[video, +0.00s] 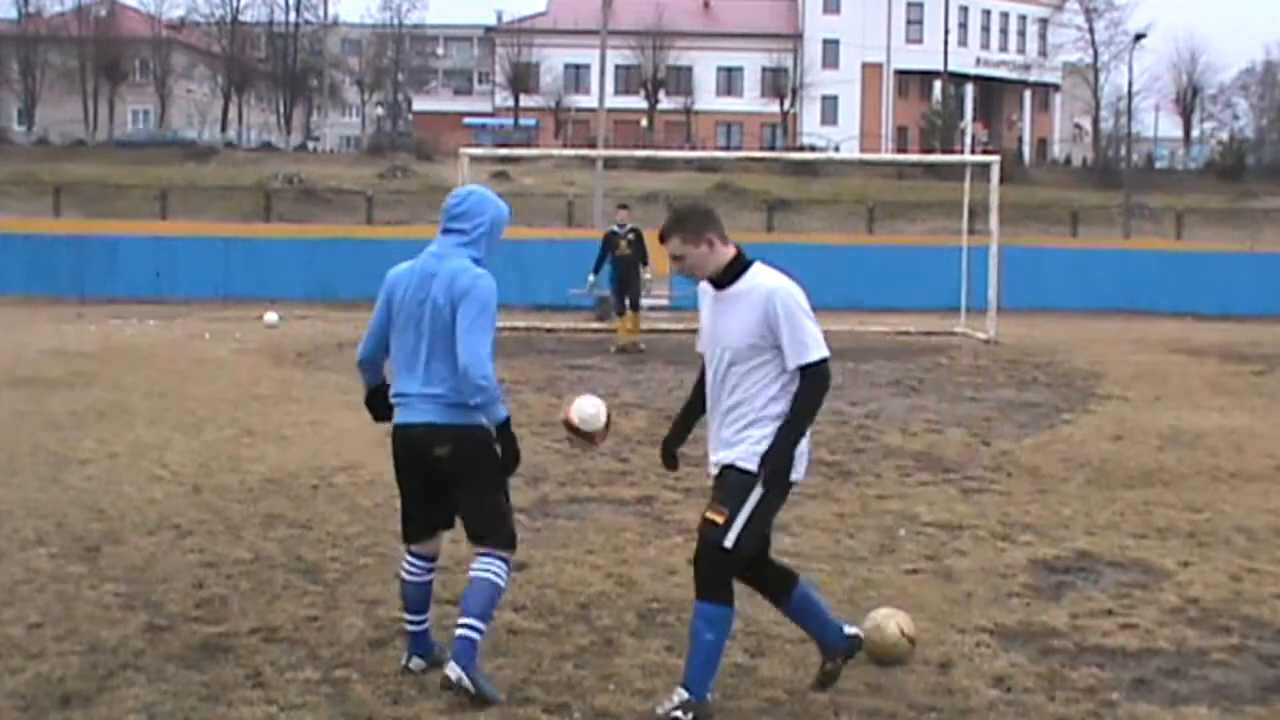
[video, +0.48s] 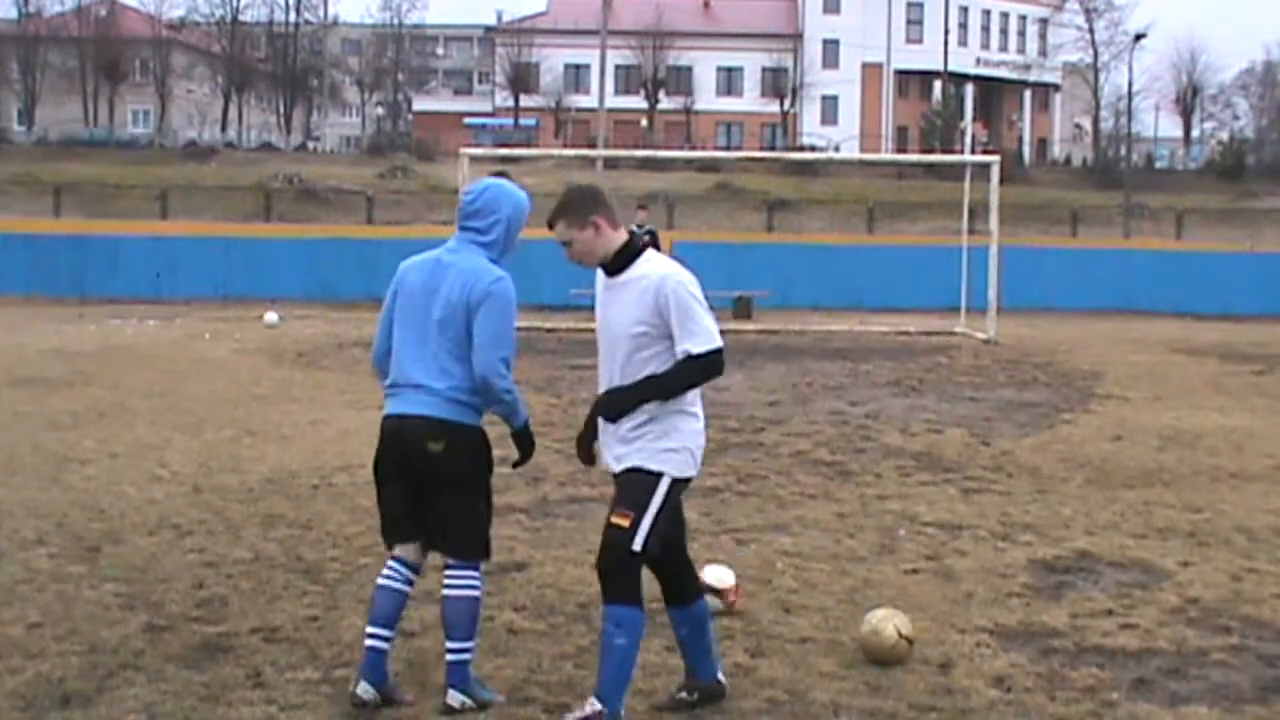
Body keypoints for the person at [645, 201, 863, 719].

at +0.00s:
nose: (680, 267)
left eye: (682, 256)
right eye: (675, 259)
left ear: (713, 242)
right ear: (702, 248)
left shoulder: (776, 292)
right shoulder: (709, 292)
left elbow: (817, 374)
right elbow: (713, 369)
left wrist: (781, 452)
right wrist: (678, 432)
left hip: (763, 456)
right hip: (729, 455)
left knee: (711, 558)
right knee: (750, 563)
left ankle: (693, 697)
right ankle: (836, 639)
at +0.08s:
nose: (657, 261)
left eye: (661, 249)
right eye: (653, 252)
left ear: (694, 234)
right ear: (687, 240)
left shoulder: (755, 284)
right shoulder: (690, 285)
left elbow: (789, 368)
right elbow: (691, 361)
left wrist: (733, 436)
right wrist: (656, 422)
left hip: (749, 450)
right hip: (705, 448)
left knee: (711, 558)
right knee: (708, 557)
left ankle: (693, 697)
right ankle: (792, 645)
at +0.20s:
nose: (631, 250)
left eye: (635, 237)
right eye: (626, 240)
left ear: (670, 222)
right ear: (658, 229)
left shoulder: (728, 273)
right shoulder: (663, 276)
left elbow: (757, 355)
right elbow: (668, 354)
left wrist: (676, 401)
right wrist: (631, 402)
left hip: (727, 444)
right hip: (678, 442)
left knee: (692, 550)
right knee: (676, 552)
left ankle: (696, 691)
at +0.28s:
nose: (617, 251)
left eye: (621, 239)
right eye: (613, 241)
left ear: (655, 223)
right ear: (646, 230)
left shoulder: (715, 276)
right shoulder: (647, 276)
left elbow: (743, 359)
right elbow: (653, 355)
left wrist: (657, 387)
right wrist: (619, 397)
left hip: (711, 443)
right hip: (662, 443)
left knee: (665, 547)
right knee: (667, 553)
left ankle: (689, 687)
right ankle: (708, 679)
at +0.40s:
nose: (591, 254)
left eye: (593, 242)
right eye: (586, 244)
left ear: (626, 225)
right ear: (618, 232)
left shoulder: (689, 279)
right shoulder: (624, 281)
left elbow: (724, 362)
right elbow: (632, 361)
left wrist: (642, 390)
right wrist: (601, 410)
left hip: (684, 445)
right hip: (641, 445)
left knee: (628, 552)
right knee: (680, 558)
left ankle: (646, 694)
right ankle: (707, 682)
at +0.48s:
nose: (568, 256)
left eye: (570, 243)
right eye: (564, 246)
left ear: (599, 226)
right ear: (597, 230)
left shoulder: (668, 278)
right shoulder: (607, 280)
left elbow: (709, 359)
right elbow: (621, 364)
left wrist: (629, 396)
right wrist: (594, 424)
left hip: (666, 448)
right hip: (629, 446)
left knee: (617, 559)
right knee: (669, 560)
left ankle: (607, 704)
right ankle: (706, 679)